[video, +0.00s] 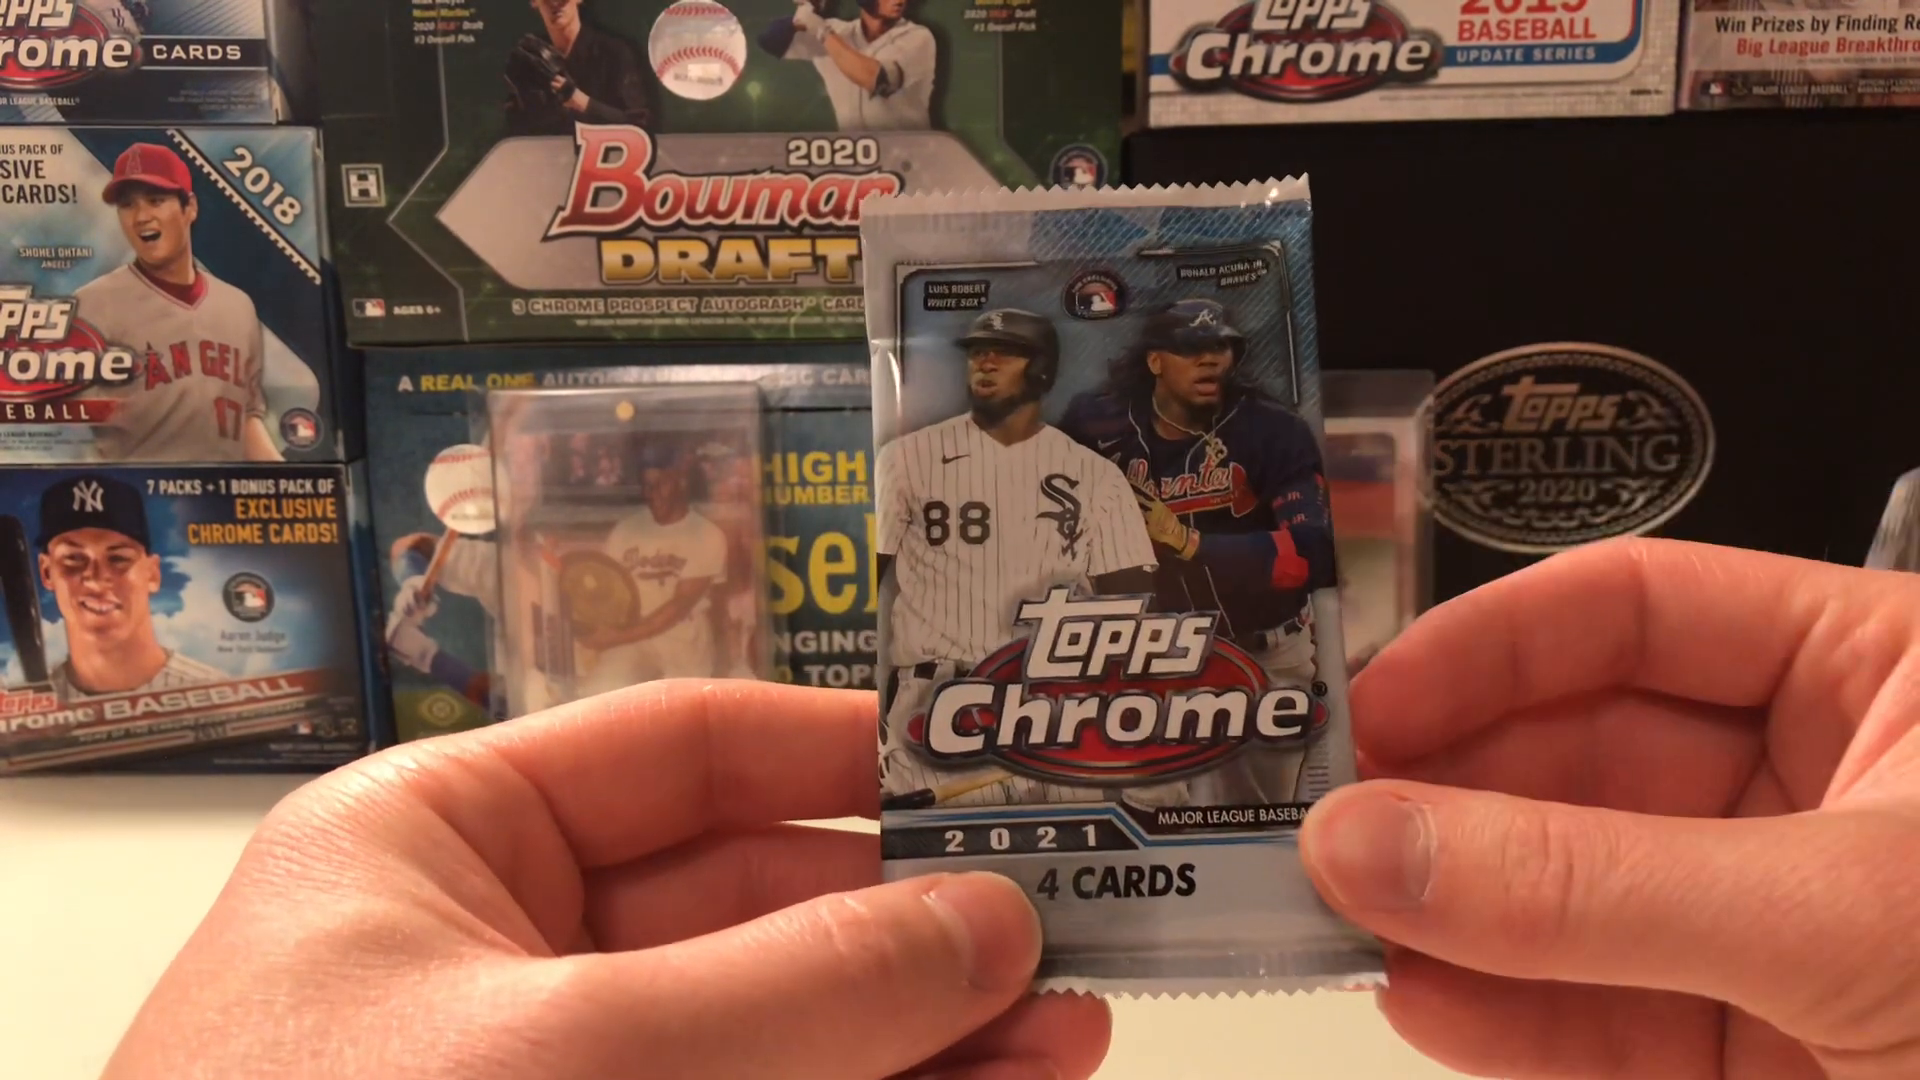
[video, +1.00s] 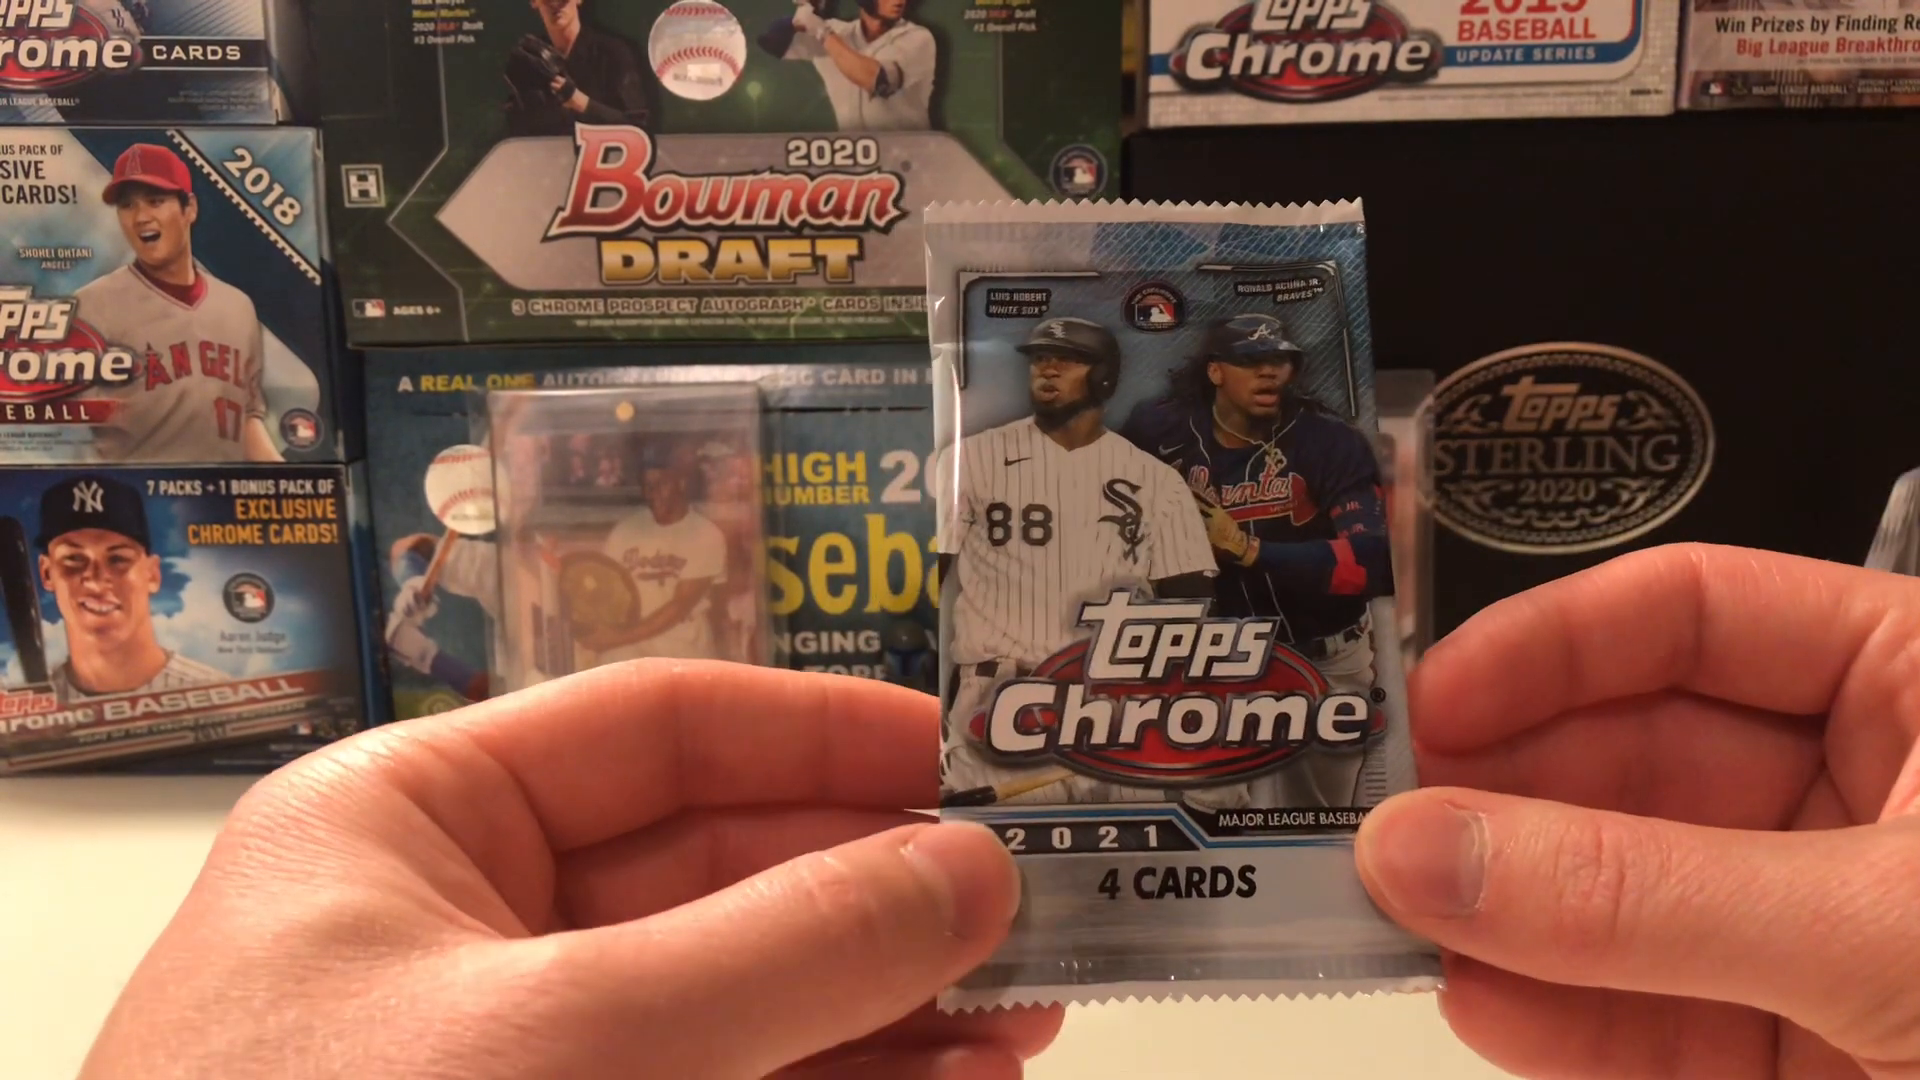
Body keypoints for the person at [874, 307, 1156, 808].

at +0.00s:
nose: (984, 364)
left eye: (1002, 353)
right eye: (977, 353)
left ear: (1040, 370)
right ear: (966, 363)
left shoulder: (1096, 478)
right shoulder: (904, 462)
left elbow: (1128, 612)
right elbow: (856, 587)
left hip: (1052, 717)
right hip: (927, 715)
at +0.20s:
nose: (1012, 370)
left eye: (1031, 360)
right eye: (1006, 358)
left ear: (1067, 376)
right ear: (994, 367)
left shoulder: (1122, 490)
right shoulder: (933, 463)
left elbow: (1149, 622)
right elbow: (902, 590)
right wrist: (898, 719)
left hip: (1071, 723)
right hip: (949, 717)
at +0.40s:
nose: (1017, 371)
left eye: (1036, 361)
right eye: (1010, 359)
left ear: (1072, 378)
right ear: (998, 368)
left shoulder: (1127, 491)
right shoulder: (938, 464)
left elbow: (1154, 623)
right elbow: (907, 597)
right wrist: (902, 715)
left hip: (1079, 726)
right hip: (955, 718)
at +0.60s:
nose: (1020, 375)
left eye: (1039, 364)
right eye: (1013, 362)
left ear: (1075, 381)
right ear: (1002, 371)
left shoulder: (1130, 492)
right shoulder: (941, 467)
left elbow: (1159, 624)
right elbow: (906, 599)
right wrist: (906, 723)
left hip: (1082, 726)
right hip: (959, 720)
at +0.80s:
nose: (1021, 369)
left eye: (1039, 358)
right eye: (1013, 357)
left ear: (1075, 375)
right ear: (1002, 368)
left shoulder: (1131, 482)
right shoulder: (943, 461)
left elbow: (1164, 611)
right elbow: (899, 589)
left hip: (1084, 713)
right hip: (963, 710)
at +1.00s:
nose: (1047, 371)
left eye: (1065, 360)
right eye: (1040, 359)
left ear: (1102, 377)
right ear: (1028, 369)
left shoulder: (1157, 484)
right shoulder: (967, 464)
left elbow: (1186, 611)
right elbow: (940, 590)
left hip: (1111, 715)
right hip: (991, 712)